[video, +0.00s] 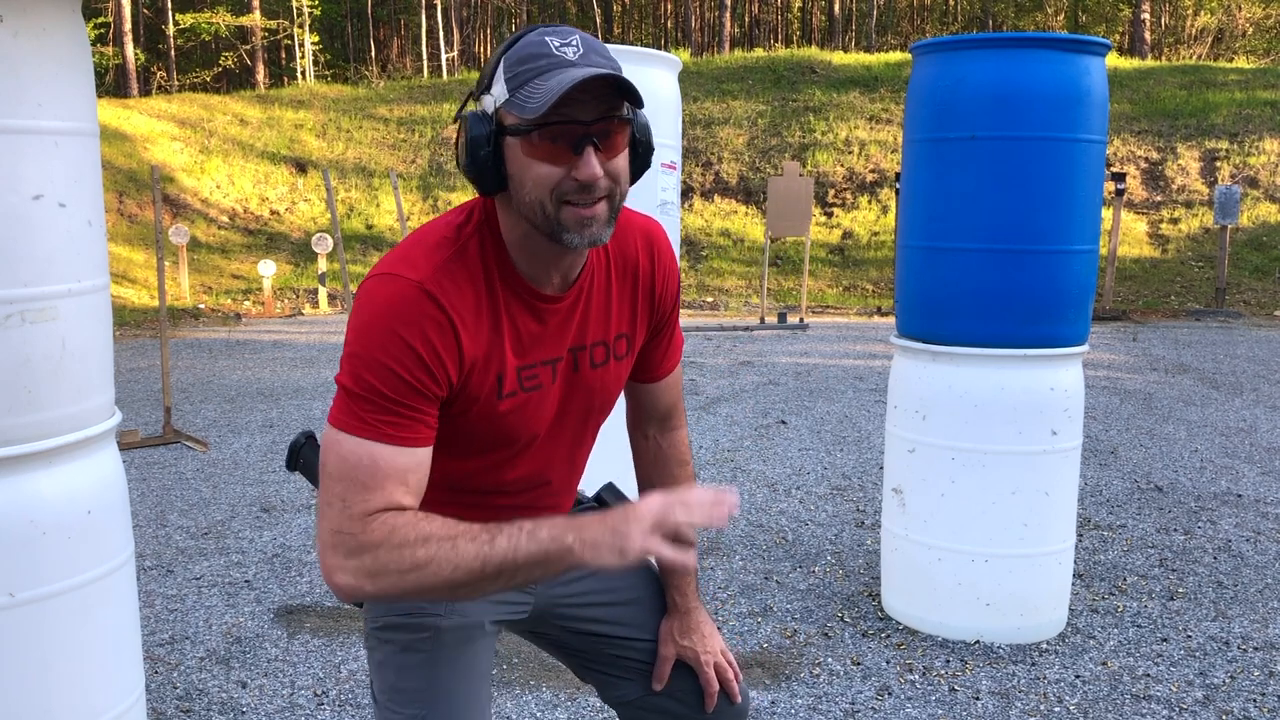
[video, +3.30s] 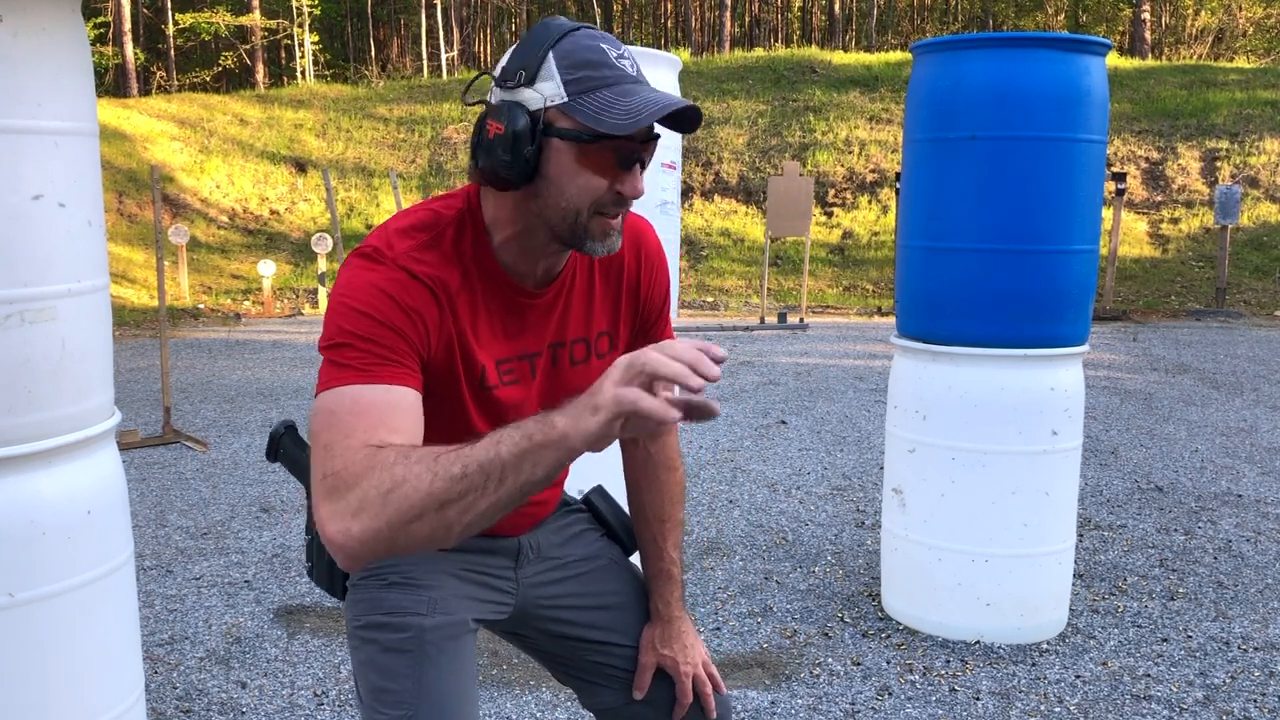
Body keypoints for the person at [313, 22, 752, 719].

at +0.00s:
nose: (590, 168)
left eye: (608, 138)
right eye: (559, 140)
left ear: (631, 145)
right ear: (490, 151)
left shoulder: (642, 255)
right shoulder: (413, 296)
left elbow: (661, 432)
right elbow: (357, 551)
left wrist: (685, 600)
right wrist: (580, 537)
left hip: (564, 547)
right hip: (430, 571)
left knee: (708, 701)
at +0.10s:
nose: (584, 172)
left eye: (602, 139)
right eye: (551, 141)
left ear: (626, 146)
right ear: (485, 150)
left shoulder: (641, 254)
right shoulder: (406, 293)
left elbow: (660, 427)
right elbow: (386, 557)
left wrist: (684, 605)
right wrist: (603, 455)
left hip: (572, 535)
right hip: (433, 567)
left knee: (711, 703)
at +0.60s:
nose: (581, 195)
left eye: (602, 161)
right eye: (550, 162)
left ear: (629, 159)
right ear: (489, 156)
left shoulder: (640, 257)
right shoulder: (406, 298)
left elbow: (658, 440)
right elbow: (389, 560)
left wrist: (681, 603)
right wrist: (598, 520)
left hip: (561, 546)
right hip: (426, 568)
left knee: (708, 703)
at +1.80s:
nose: (577, 198)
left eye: (601, 163)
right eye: (548, 163)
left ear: (634, 162)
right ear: (491, 157)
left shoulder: (650, 261)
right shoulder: (401, 291)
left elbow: (665, 435)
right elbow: (356, 542)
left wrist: (674, 601)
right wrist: (553, 578)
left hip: (551, 524)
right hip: (416, 532)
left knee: (688, 702)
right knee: (431, 707)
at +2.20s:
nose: (607, 188)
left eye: (633, 157)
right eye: (583, 151)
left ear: (657, 165)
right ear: (511, 141)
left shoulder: (657, 262)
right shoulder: (407, 282)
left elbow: (669, 434)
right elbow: (321, 526)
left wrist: (679, 604)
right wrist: (528, 565)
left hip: (554, 520)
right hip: (415, 525)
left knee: (691, 704)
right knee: (433, 708)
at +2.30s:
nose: (613, 185)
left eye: (640, 155)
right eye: (591, 145)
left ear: (661, 166)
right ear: (519, 135)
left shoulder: (657, 260)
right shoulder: (406, 268)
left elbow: (669, 435)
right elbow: (317, 517)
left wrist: (676, 608)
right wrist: (540, 472)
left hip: (569, 530)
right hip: (421, 547)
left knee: (692, 705)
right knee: (431, 707)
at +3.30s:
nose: (633, 186)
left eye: (643, 160)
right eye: (609, 154)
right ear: (512, 142)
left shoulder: (631, 254)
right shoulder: (393, 271)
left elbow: (652, 429)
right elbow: (354, 517)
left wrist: (670, 610)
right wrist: (579, 422)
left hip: (551, 534)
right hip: (417, 554)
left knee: (688, 704)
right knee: (428, 705)